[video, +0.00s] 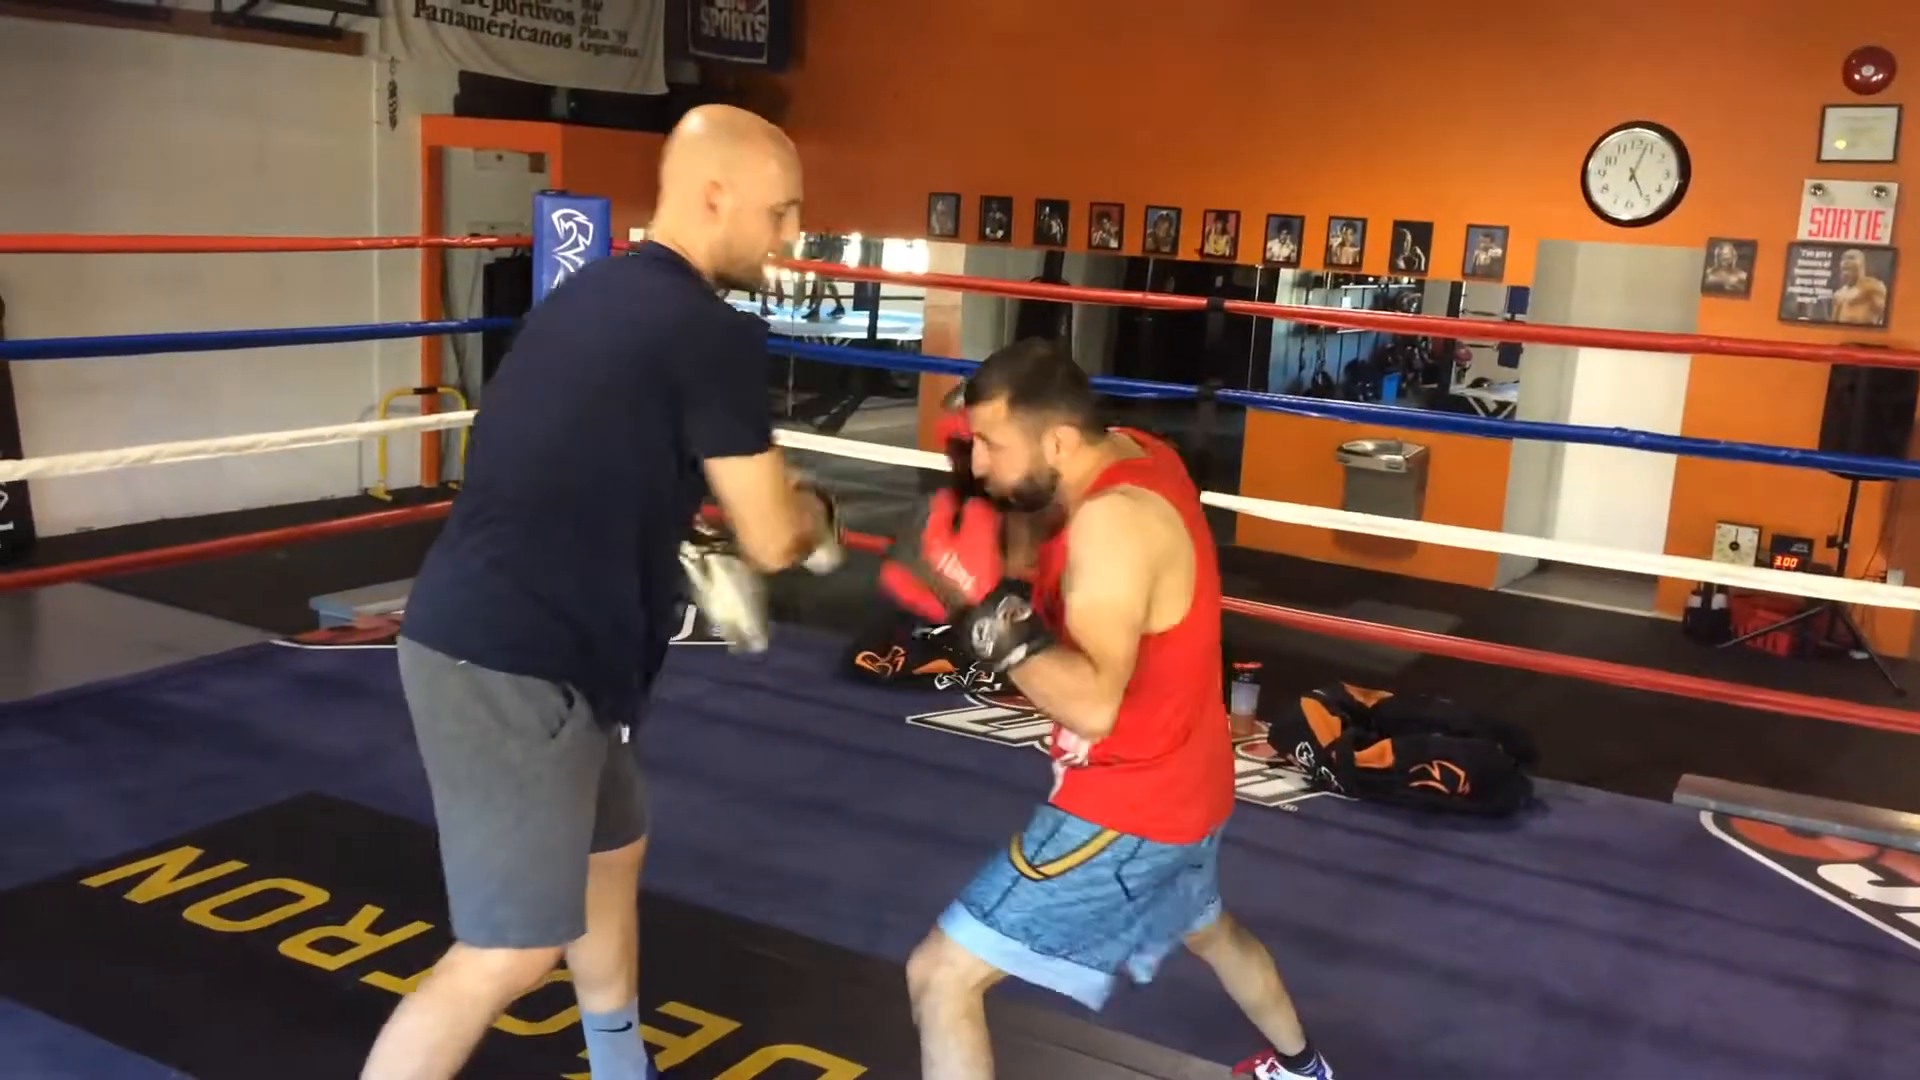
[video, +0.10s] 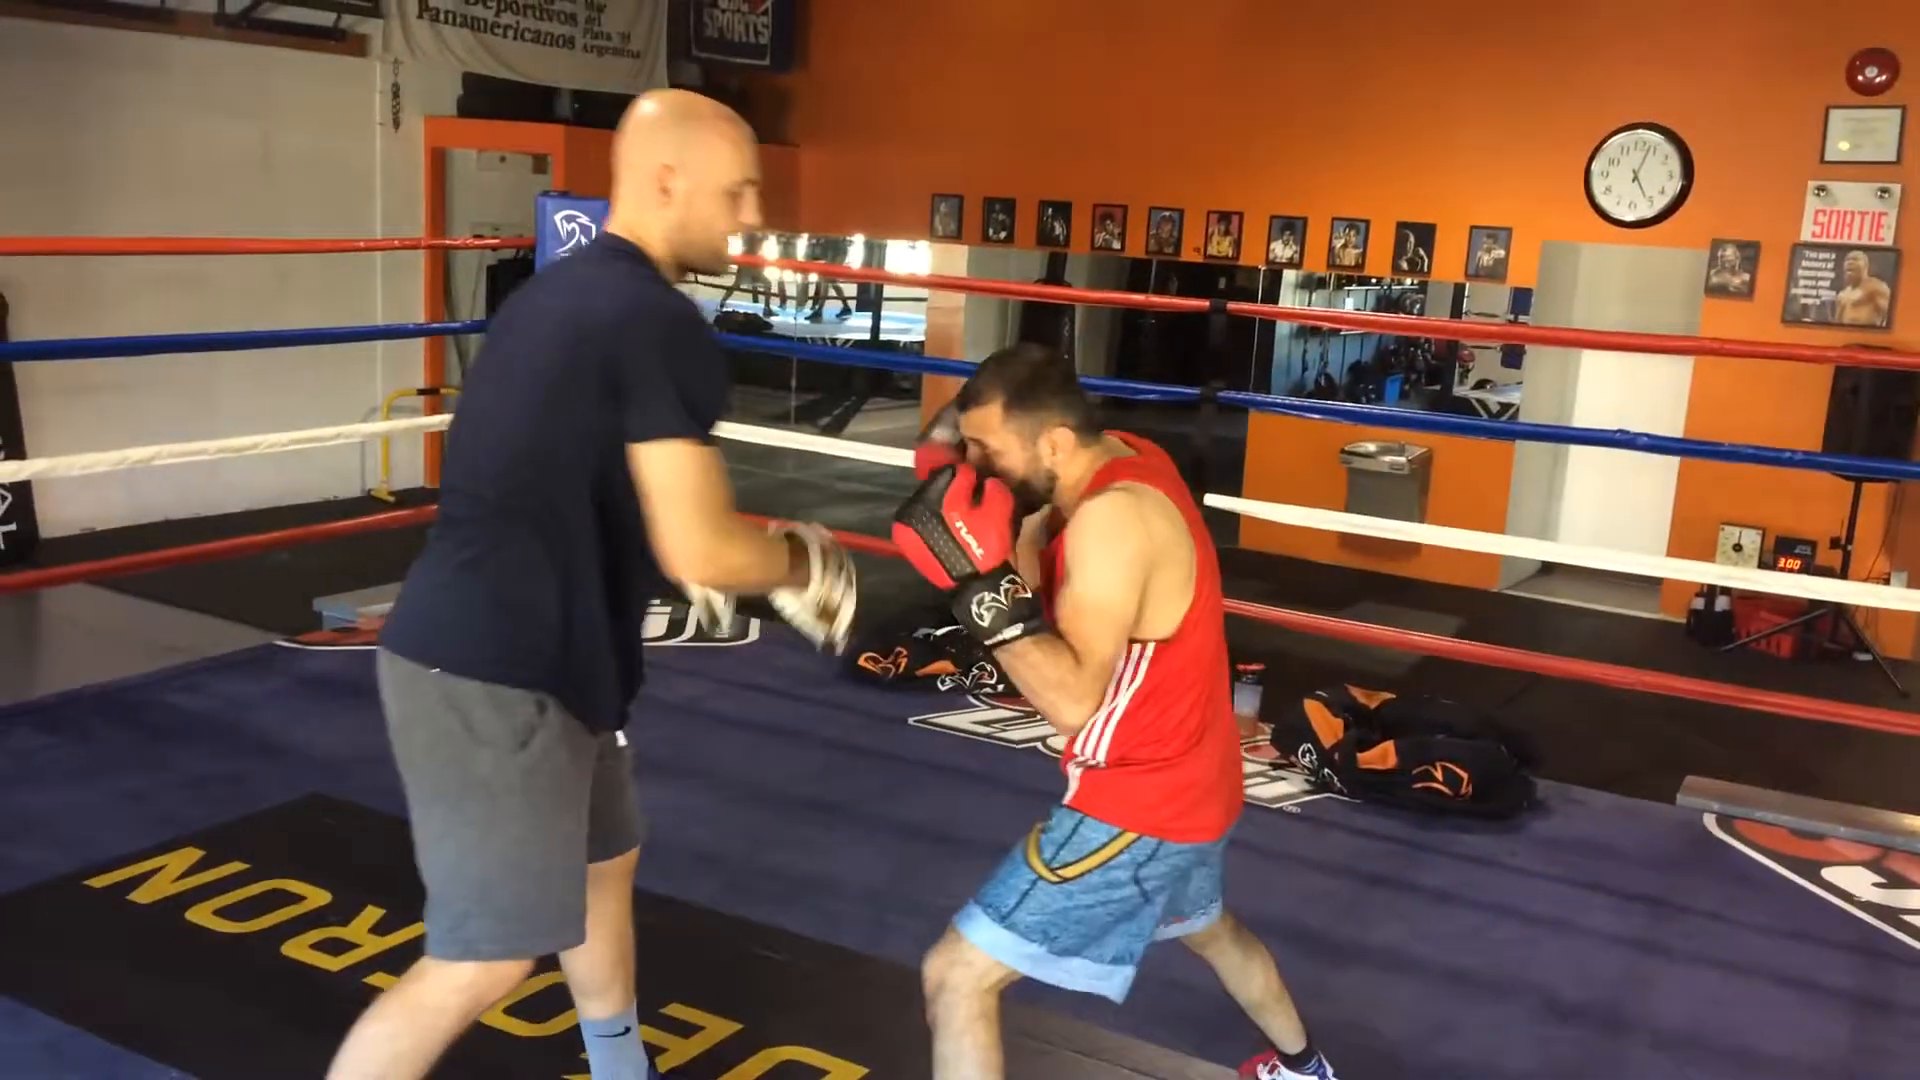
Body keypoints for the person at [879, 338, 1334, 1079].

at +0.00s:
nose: (979, 464)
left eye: (991, 446)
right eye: (975, 445)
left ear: (1058, 440)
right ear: (1062, 432)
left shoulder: (1112, 526)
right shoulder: (1128, 451)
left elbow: (1092, 702)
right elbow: (1039, 546)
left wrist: (990, 611)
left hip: (1128, 807)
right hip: (1181, 787)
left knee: (941, 975)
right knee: (1214, 934)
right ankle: (1300, 1063)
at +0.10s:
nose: (979, 465)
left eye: (988, 447)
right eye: (972, 447)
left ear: (1052, 439)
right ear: (1059, 430)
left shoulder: (1111, 523)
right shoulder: (1122, 459)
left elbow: (1073, 699)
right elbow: (1034, 560)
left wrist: (988, 590)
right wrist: (975, 523)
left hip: (1137, 808)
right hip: (1188, 788)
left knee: (957, 976)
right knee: (1212, 931)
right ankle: (1303, 1063)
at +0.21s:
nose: (961, 483)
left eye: (967, 463)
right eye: (955, 465)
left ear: (1028, 458)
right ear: (1032, 452)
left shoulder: (1089, 530)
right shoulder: (1118, 474)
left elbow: (1053, 718)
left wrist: (976, 620)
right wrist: (987, 583)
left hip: (1171, 808)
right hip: (1231, 785)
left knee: (985, 976)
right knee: (1218, 916)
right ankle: (1314, 1059)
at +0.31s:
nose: (960, 513)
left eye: (976, 496)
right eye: (960, 493)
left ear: (1040, 495)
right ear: (1048, 489)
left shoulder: (1091, 563)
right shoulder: (1134, 510)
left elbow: (1058, 740)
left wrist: (976, 637)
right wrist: (1000, 605)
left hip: (1201, 837)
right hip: (1266, 813)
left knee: (996, 977)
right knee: (1248, 921)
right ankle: (1333, 1056)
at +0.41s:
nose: (1006, 508)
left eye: (1022, 488)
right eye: (1007, 487)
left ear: (1089, 487)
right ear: (1092, 486)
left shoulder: (1134, 552)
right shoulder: (1176, 519)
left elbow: (1111, 725)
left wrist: (1027, 644)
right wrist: (1034, 617)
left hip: (1214, 838)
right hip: (1280, 819)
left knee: (1012, 975)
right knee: (1245, 920)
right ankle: (1336, 1058)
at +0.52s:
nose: (1054, 462)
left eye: (1068, 441)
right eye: (1053, 441)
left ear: (1132, 437)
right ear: (1140, 437)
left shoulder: (1173, 507)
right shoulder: (1213, 486)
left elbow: (1152, 677)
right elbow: (1189, 627)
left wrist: (1062, 599)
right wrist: (1084, 582)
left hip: (1230, 802)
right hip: (1289, 790)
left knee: (1043, 959)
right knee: (1249, 915)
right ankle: (1339, 1057)